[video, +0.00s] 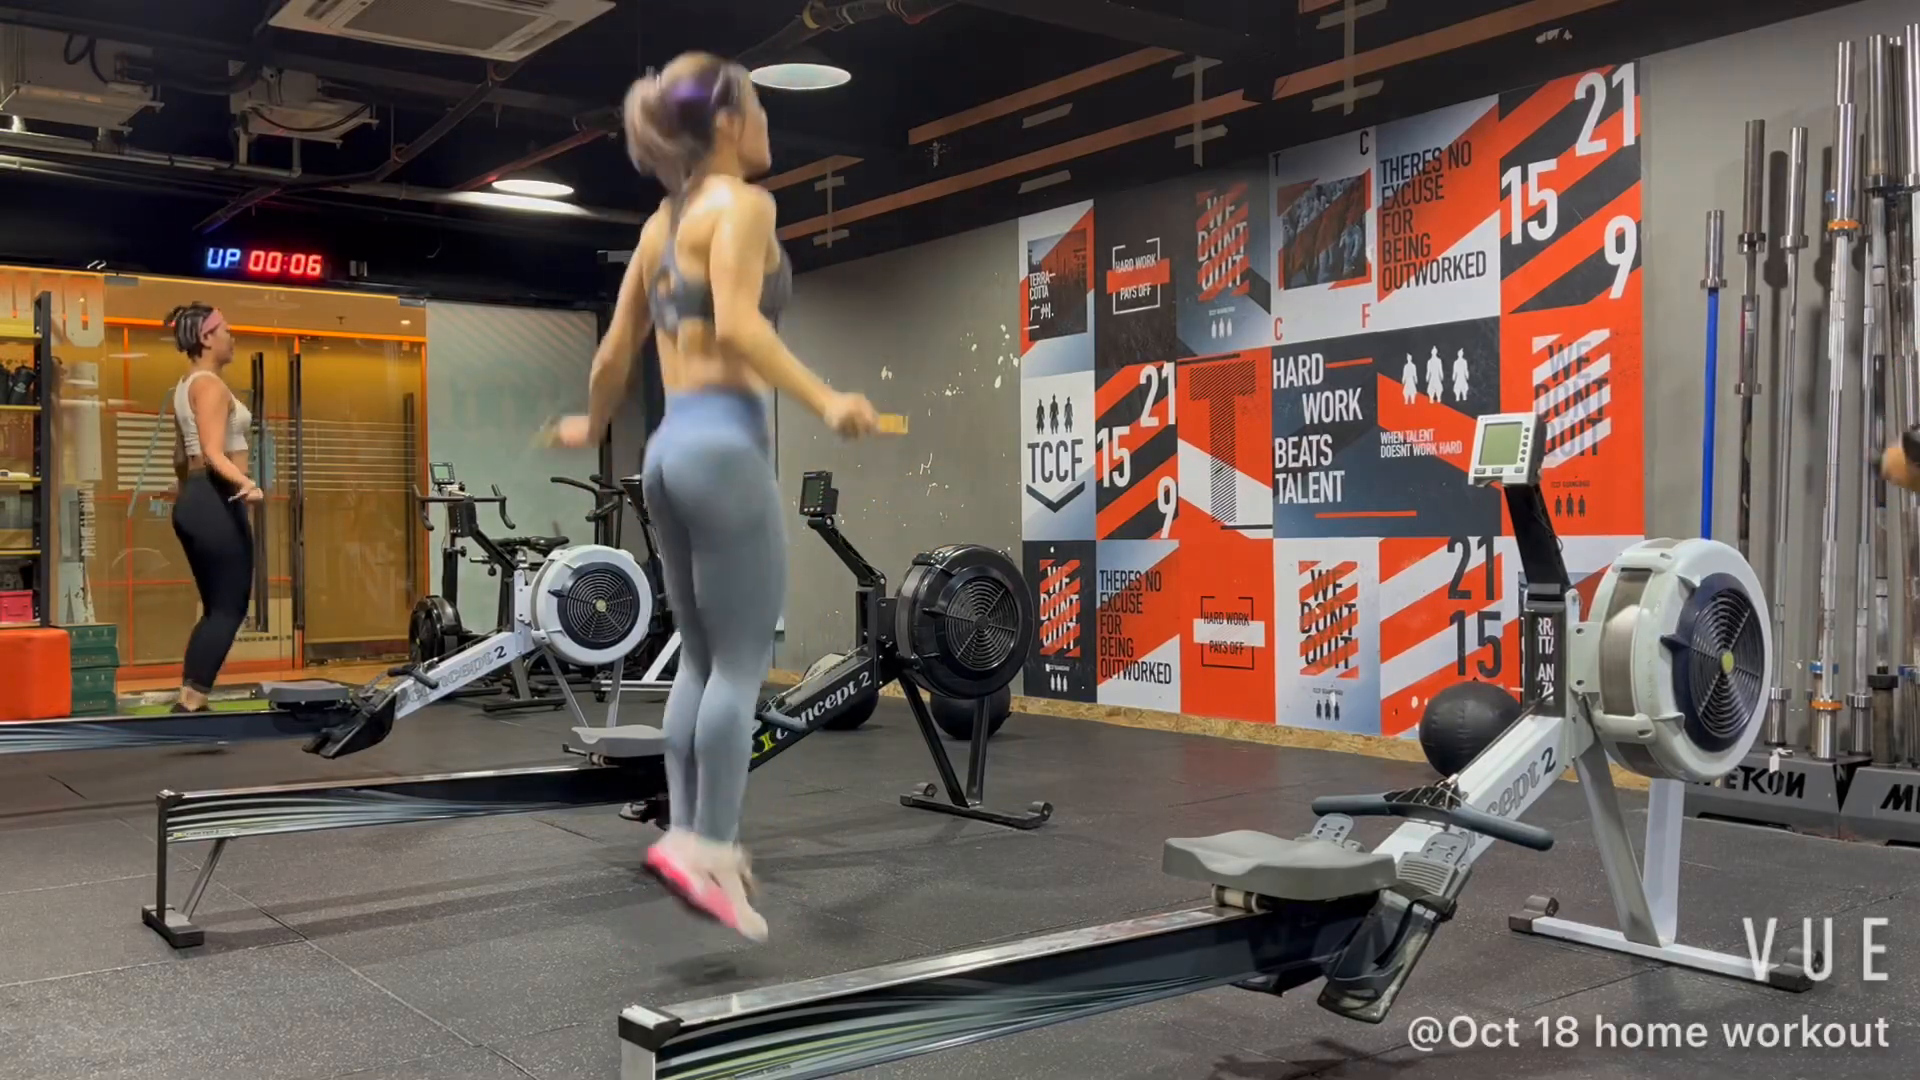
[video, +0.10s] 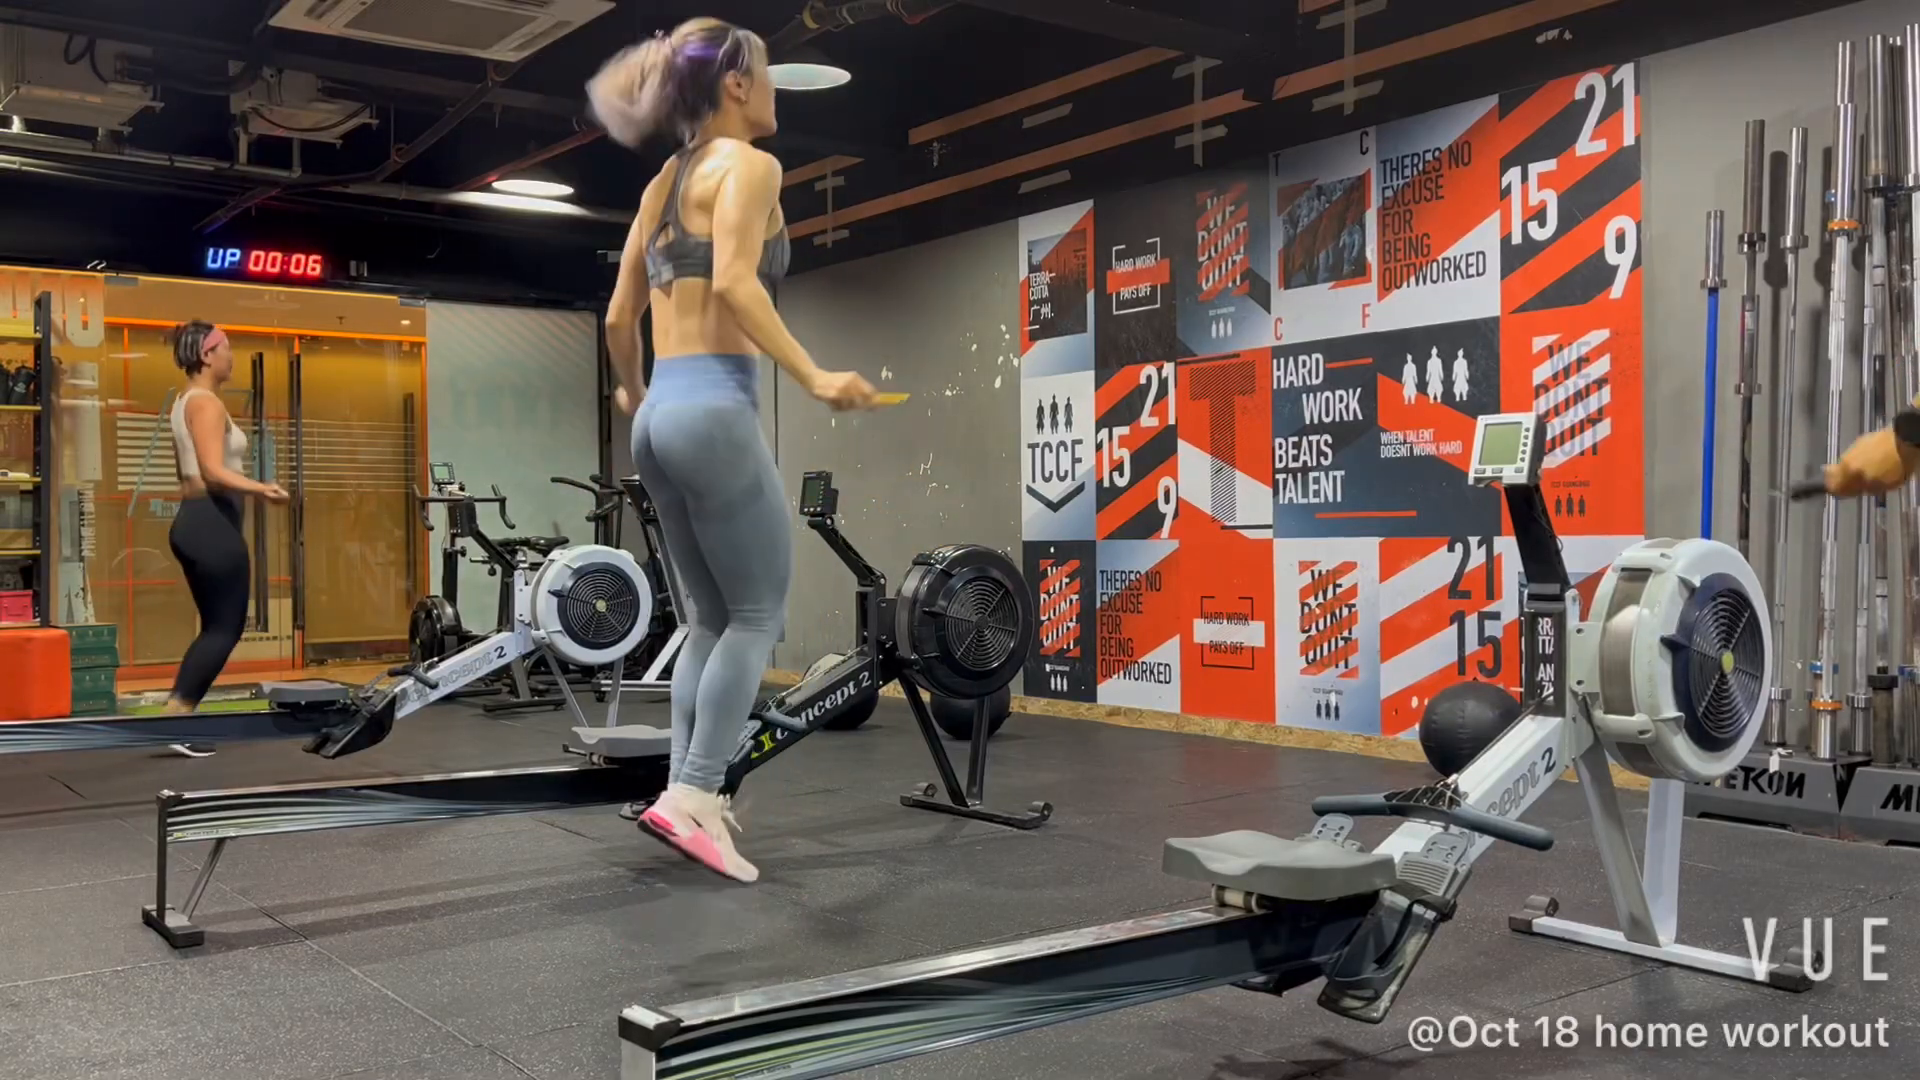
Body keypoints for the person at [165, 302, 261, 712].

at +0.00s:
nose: (232, 337)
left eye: (228, 330)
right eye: (225, 331)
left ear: (200, 340)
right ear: (208, 339)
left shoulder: (186, 387)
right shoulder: (210, 385)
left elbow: (181, 461)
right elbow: (212, 454)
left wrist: (199, 495)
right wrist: (247, 483)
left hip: (194, 496)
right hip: (212, 495)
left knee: (218, 606)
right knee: (230, 604)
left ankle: (191, 697)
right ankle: (193, 699)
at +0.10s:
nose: (232, 357)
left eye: (229, 349)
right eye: (228, 349)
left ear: (200, 356)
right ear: (209, 354)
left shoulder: (185, 403)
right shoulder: (206, 403)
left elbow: (201, 474)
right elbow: (214, 472)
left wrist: (253, 486)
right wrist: (262, 488)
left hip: (195, 520)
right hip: (211, 521)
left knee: (218, 625)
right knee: (227, 625)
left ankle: (179, 711)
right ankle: (177, 710)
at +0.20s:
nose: (230, 356)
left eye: (227, 348)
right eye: (223, 350)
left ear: (198, 358)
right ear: (205, 356)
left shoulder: (185, 403)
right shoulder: (205, 404)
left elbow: (202, 474)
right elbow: (219, 475)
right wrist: (268, 502)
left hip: (194, 521)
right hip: (211, 522)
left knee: (208, 628)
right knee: (217, 629)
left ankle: (173, 712)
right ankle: (173, 714)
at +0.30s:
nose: (227, 331)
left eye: (222, 323)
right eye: (219, 325)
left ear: (196, 336)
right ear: (203, 334)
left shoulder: (184, 385)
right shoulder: (207, 381)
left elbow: (182, 458)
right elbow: (218, 446)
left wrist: (190, 495)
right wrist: (244, 483)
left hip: (192, 493)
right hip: (211, 494)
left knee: (206, 605)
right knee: (215, 605)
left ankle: (184, 700)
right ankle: (186, 702)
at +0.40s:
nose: (229, 330)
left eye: (223, 324)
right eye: (221, 325)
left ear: (198, 339)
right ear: (204, 337)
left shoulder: (186, 385)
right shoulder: (210, 382)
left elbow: (182, 460)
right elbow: (216, 450)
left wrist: (188, 494)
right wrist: (250, 471)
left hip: (193, 497)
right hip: (210, 496)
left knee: (210, 606)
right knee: (220, 605)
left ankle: (189, 701)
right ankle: (190, 703)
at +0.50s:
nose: (234, 356)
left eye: (230, 348)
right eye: (228, 350)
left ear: (204, 359)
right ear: (211, 357)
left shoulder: (190, 404)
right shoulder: (211, 405)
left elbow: (208, 472)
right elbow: (220, 471)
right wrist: (266, 490)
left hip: (192, 523)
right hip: (210, 525)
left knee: (216, 628)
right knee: (231, 627)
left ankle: (189, 713)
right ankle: (193, 716)